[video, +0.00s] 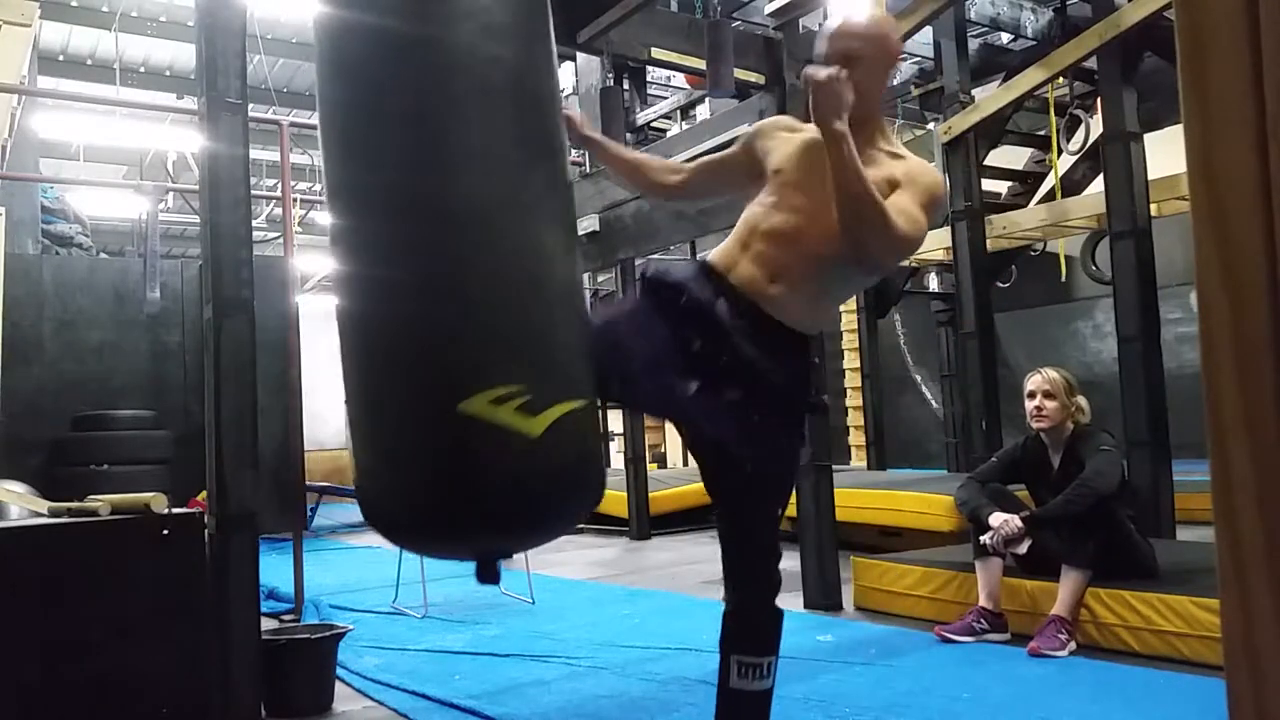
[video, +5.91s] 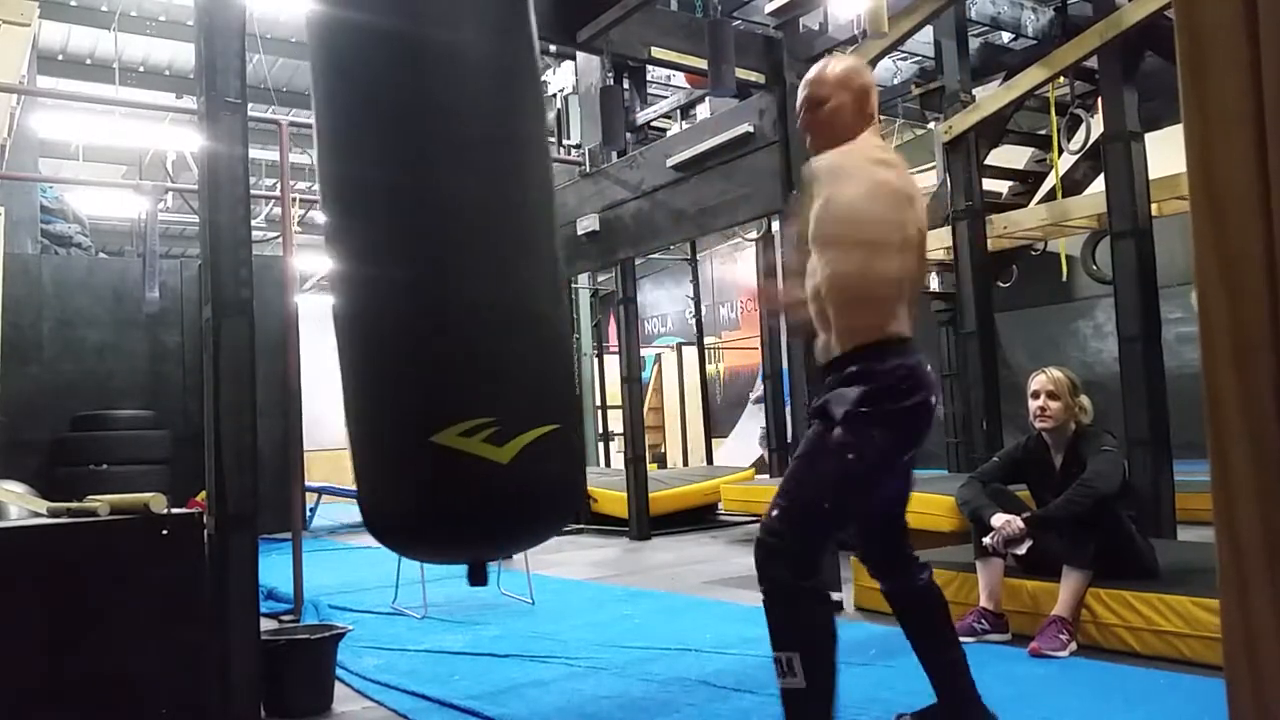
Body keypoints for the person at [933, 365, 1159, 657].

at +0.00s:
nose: (1038, 404)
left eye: (1049, 396)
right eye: (1031, 397)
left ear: (1070, 405)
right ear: (1024, 405)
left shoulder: (1097, 442)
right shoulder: (1027, 450)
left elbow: (1100, 483)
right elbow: (967, 488)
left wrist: (1027, 520)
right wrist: (991, 516)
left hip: (1118, 560)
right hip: (1058, 556)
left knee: (1089, 503)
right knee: (989, 495)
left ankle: (1061, 621)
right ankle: (989, 612)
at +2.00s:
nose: (1040, 404)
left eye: (1051, 397)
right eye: (1033, 397)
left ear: (1071, 406)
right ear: (1026, 406)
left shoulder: (1098, 442)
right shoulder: (1027, 449)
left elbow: (1100, 486)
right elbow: (967, 488)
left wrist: (1027, 521)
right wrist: (992, 516)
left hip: (1118, 560)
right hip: (1057, 556)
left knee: (1091, 505)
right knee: (990, 495)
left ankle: (1061, 621)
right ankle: (989, 612)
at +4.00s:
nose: (1041, 404)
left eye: (1052, 397)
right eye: (1034, 397)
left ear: (1072, 406)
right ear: (1026, 406)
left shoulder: (1097, 442)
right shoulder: (1027, 449)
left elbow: (1100, 485)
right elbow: (968, 488)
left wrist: (1027, 522)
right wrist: (992, 516)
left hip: (1117, 559)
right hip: (1059, 556)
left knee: (1087, 504)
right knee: (988, 495)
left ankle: (1061, 621)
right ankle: (989, 612)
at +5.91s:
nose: (1041, 404)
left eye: (1052, 397)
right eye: (1035, 396)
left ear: (1073, 405)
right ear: (1027, 405)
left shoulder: (1099, 443)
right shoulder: (1026, 449)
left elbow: (1098, 486)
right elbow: (968, 488)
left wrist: (1026, 522)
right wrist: (993, 516)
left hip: (1118, 559)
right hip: (1058, 556)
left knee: (1090, 504)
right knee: (990, 496)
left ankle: (1061, 621)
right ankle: (990, 612)